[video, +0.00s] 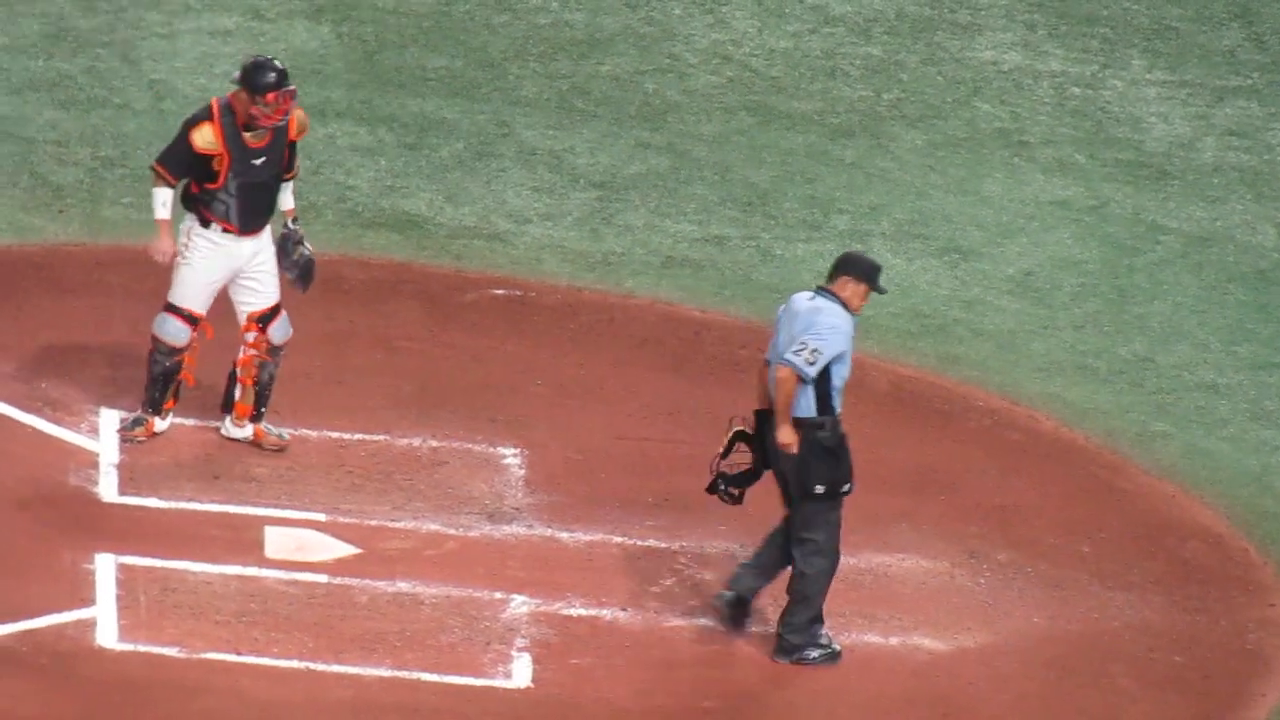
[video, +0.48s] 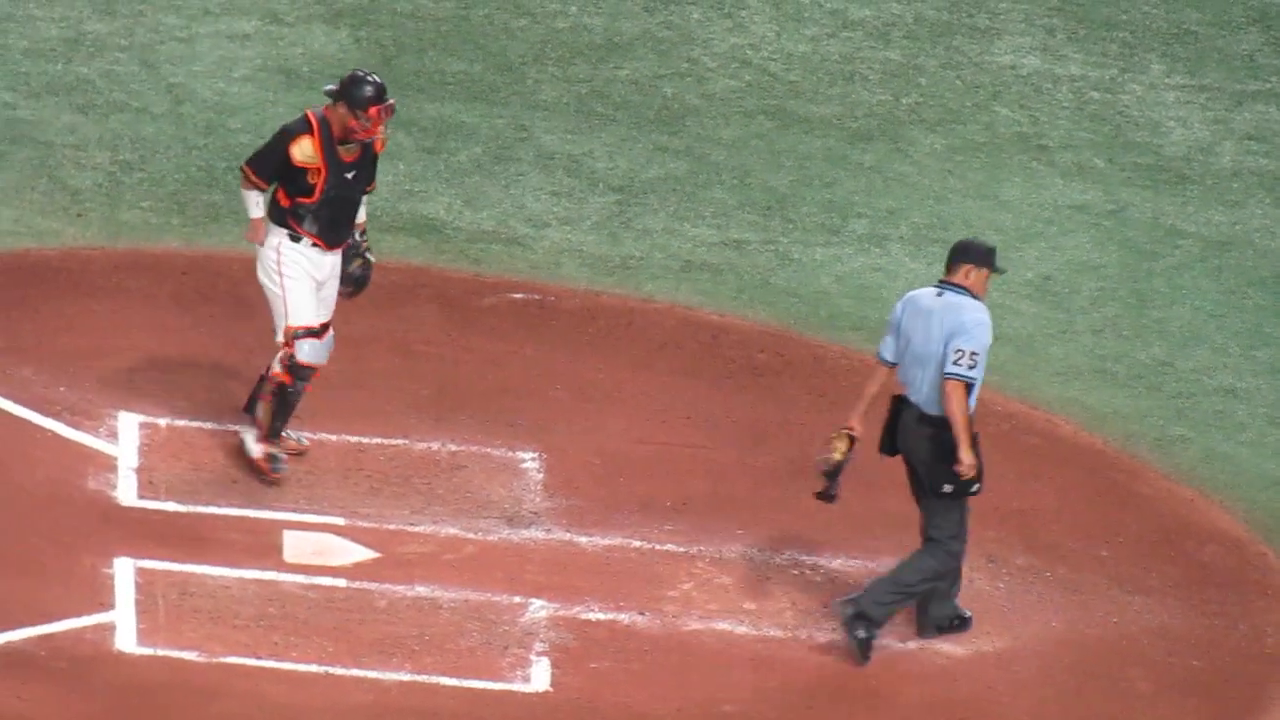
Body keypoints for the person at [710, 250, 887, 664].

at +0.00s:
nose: (867, 299)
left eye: (869, 292)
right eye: (866, 290)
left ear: (841, 280)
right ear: (847, 283)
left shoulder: (797, 303)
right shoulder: (835, 321)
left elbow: (770, 366)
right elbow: (787, 371)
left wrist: (766, 423)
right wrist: (783, 424)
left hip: (785, 434)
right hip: (814, 438)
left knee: (799, 525)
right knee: (820, 542)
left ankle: (740, 591)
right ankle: (799, 636)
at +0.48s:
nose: (989, 284)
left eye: (990, 277)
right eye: (988, 276)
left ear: (953, 271)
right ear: (970, 273)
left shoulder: (912, 299)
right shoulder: (974, 317)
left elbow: (884, 365)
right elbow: (954, 386)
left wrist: (857, 417)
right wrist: (965, 448)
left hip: (907, 424)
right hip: (940, 433)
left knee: (941, 526)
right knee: (946, 545)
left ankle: (938, 612)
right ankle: (864, 611)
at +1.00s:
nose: (1113, 275)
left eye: (1112, 267)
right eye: (1105, 268)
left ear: (1083, 271)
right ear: (1081, 270)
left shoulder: (1051, 288)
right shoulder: (1083, 318)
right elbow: (1083, 392)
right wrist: (1120, 413)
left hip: (1041, 420)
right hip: (1073, 431)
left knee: (1014, 520)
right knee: (1102, 532)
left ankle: (961, 604)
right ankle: (1117, 619)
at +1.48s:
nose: (1214, 267)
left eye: (1214, 260)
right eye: (1209, 260)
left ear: (1180, 262)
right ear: (1185, 262)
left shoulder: (1138, 277)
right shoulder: (1194, 311)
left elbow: (1122, 336)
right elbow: (1196, 385)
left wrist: (1179, 343)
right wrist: (1223, 385)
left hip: (1133, 410)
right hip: (1168, 421)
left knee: (1171, 506)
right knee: (1154, 515)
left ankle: (1185, 597)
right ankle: (1124, 618)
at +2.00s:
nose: (1267, 239)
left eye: (1265, 232)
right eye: (1263, 233)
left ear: (1227, 237)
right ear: (1247, 237)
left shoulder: (1188, 271)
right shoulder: (1264, 284)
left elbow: (1168, 336)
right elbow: (1269, 361)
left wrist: (1215, 339)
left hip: (1202, 396)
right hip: (1249, 401)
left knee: (1205, 496)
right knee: (1273, 494)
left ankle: (1204, 594)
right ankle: (1255, 592)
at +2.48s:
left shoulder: (1273, 288)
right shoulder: (1271, 289)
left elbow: (1245, 358)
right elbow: (1247, 356)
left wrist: (1239, 360)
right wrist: (1245, 360)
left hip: (1274, 417)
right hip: (1272, 416)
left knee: (1238, 501)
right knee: (1237, 501)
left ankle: (1208, 600)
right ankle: (1209, 599)